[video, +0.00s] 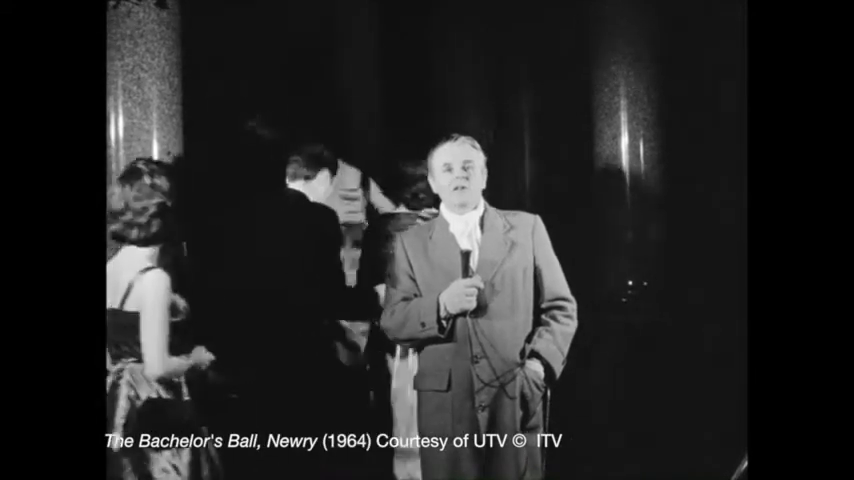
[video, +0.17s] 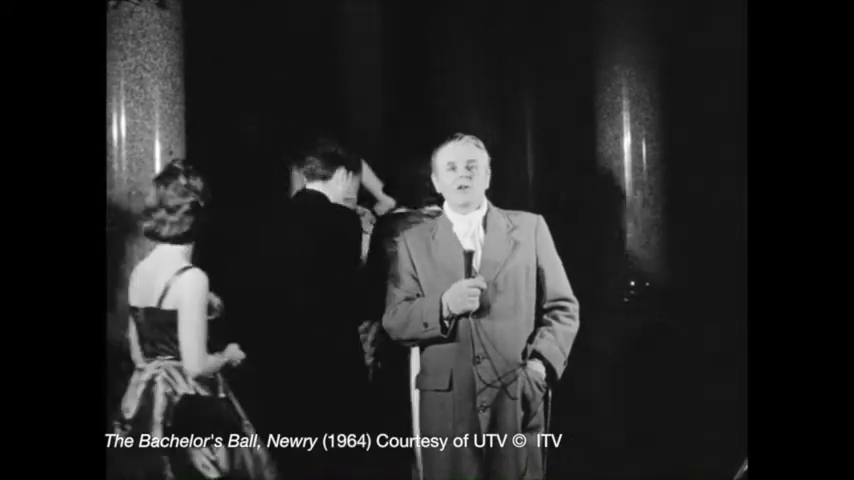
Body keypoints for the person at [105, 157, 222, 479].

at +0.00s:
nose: (180, 221)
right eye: (177, 213)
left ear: (121, 212)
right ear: (164, 218)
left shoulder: (113, 267)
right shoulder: (153, 279)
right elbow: (156, 368)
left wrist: (161, 307)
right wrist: (194, 360)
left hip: (116, 404)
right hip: (149, 411)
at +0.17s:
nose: (212, 223)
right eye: (209, 215)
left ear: (155, 213)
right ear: (200, 220)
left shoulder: (140, 272)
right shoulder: (191, 279)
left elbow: (138, 357)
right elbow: (196, 365)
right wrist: (226, 356)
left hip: (148, 406)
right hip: (189, 409)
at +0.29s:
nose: (238, 226)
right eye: (233, 217)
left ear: (182, 217)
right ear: (227, 223)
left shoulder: (166, 275)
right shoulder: (222, 282)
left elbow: (162, 358)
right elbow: (229, 368)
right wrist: (256, 354)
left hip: (170, 405)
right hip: (215, 409)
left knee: (173, 472)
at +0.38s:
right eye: (250, 216)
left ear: (201, 218)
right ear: (244, 221)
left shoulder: (185, 274)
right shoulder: (243, 279)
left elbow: (177, 353)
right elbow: (253, 365)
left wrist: (195, 388)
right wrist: (276, 352)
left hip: (189, 397)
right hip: (234, 404)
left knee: (192, 472)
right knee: (234, 472)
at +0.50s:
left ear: (225, 211)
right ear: (273, 213)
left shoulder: (207, 269)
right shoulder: (272, 273)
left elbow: (195, 341)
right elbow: (281, 357)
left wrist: (205, 386)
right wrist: (301, 343)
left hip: (213, 390)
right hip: (259, 397)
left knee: (212, 469)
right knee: (258, 471)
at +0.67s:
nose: (309, 211)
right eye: (305, 204)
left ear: (254, 207)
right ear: (299, 210)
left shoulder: (233, 264)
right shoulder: (305, 267)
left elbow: (214, 337)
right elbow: (317, 349)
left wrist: (219, 390)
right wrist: (332, 341)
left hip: (242, 382)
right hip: (290, 385)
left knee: (247, 463)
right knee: (293, 465)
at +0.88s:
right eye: (332, 201)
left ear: (281, 208)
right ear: (328, 209)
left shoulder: (262, 266)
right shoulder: (338, 267)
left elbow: (242, 338)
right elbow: (351, 345)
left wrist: (241, 393)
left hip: (273, 376)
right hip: (320, 379)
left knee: (280, 462)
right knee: (327, 464)